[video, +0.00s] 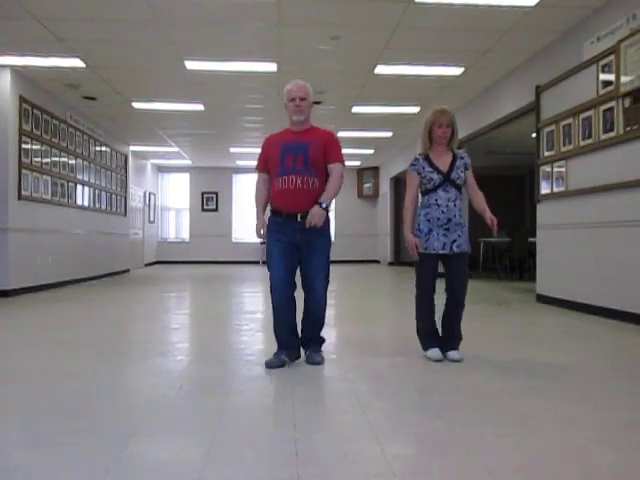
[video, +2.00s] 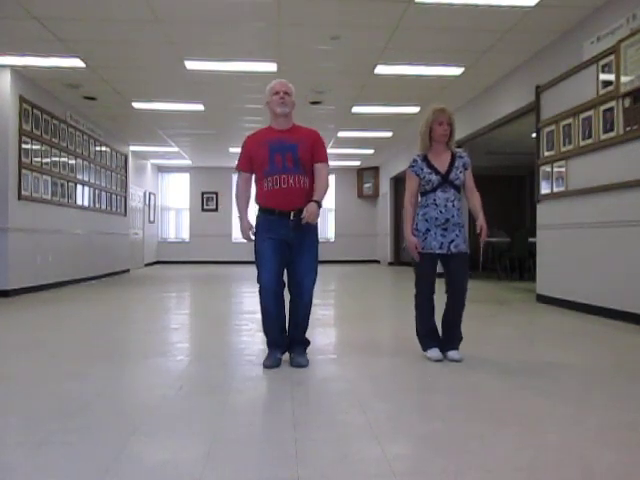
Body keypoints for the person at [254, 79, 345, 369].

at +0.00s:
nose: (297, 103)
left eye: (303, 98)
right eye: (292, 99)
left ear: (311, 102)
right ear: (285, 104)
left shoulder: (326, 138)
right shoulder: (272, 142)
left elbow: (337, 174)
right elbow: (263, 180)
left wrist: (323, 205)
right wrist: (260, 214)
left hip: (314, 222)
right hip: (280, 223)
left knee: (316, 288)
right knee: (280, 288)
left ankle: (313, 345)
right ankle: (287, 348)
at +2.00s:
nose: (282, 96)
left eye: (287, 93)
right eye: (276, 93)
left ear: (295, 102)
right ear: (267, 102)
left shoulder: (311, 137)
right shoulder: (254, 141)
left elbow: (322, 175)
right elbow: (243, 182)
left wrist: (316, 202)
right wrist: (243, 216)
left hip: (304, 220)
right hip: (269, 220)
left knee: (303, 287)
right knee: (268, 285)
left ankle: (298, 346)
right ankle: (275, 347)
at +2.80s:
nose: (255, 98)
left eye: (260, 94)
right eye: (250, 95)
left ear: (269, 102)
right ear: (242, 103)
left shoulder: (285, 139)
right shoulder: (227, 139)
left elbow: (297, 178)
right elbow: (211, 176)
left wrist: (296, 214)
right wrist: (216, 208)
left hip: (274, 222)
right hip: (236, 222)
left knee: (281, 283)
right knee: (240, 288)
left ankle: (277, 344)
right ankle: (248, 346)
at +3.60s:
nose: (266, 98)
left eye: (271, 94)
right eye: (260, 95)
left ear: (279, 103)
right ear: (251, 105)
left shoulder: (296, 139)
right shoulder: (237, 142)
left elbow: (309, 177)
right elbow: (225, 182)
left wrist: (295, 202)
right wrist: (228, 219)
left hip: (289, 223)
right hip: (254, 222)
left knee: (286, 289)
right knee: (255, 286)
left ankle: (277, 348)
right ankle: (251, 341)